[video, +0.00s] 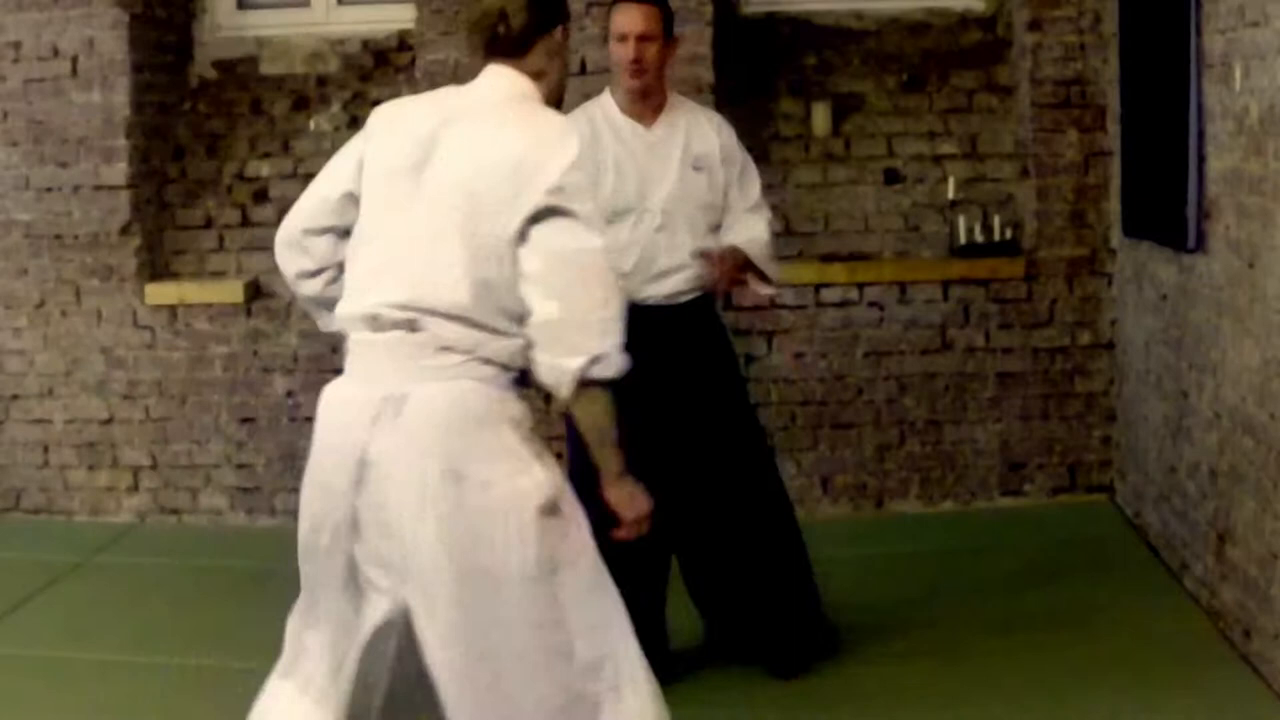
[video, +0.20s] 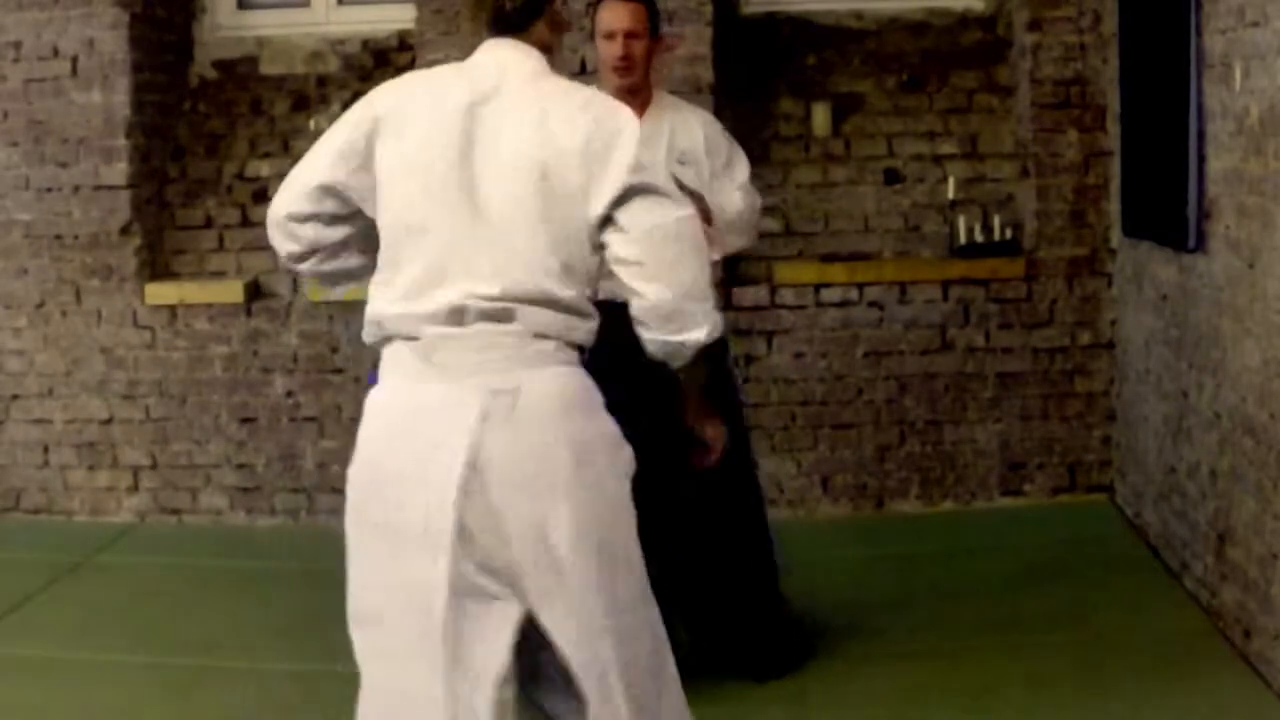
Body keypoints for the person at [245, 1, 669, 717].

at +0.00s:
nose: (568, 55)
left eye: (565, 39)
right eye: (566, 39)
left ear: (484, 41)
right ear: (550, 41)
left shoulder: (392, 121)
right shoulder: (550, 144)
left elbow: (301, 245)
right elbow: (573, 335)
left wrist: (377, 332)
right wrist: (614, 475)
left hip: (353, 409)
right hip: (465, 420)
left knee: (330, 655)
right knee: (537, 666)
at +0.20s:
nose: (579, 32)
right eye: (575, 20)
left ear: (481, 22)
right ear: (554, 22)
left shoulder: (393, 103)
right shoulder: (598, 121)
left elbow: (294, 227)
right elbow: (675, 297)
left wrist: (411, 250)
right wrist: (695, 403)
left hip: (407, 410)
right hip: (546, 411)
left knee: (411, 677)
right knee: (615, 673)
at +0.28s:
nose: (562, 29)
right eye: (558, 21)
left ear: (460, 26)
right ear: (540, 25)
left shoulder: (382, 105)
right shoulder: (597, 121)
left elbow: (296, 233)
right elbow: (699, 297)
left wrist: (385, 251)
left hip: (425, 413)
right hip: (570, 412)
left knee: (436, 682)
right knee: (602, 678)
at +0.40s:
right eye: (526, 16)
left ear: (427, 26)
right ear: (515, 21)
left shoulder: (363, 130)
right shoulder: (581, 121)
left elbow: (315, 293)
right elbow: (692, 275)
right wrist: (580, 275)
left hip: (438, 434)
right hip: (584, 421)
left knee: (453, 681)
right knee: (615, 672)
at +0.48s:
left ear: (423, 31)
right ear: (507, 23)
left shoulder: (358, 142)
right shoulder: (579, 115)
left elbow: (325, 318)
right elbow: (663, 252)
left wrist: (426, 333)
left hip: (446, 438)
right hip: (596, 428)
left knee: (460, 691)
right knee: (634, 678)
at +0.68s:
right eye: (525, 11)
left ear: (435, 27)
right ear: (524, 16)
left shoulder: (391, 157)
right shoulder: (611, 117)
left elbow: (376, 348)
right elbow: (662, 194)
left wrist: (460, 378)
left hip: (471, 446)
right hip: (617, 433)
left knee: (482, 698)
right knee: (656, 691)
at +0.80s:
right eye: (554, 17)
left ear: (460, 39)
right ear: (548, 25)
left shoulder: (417, 181)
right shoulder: (631, 126)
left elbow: (410, 374)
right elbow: (690, 216)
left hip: (512, 458)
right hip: (649, 442)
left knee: (506, 696)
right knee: (671, 693)